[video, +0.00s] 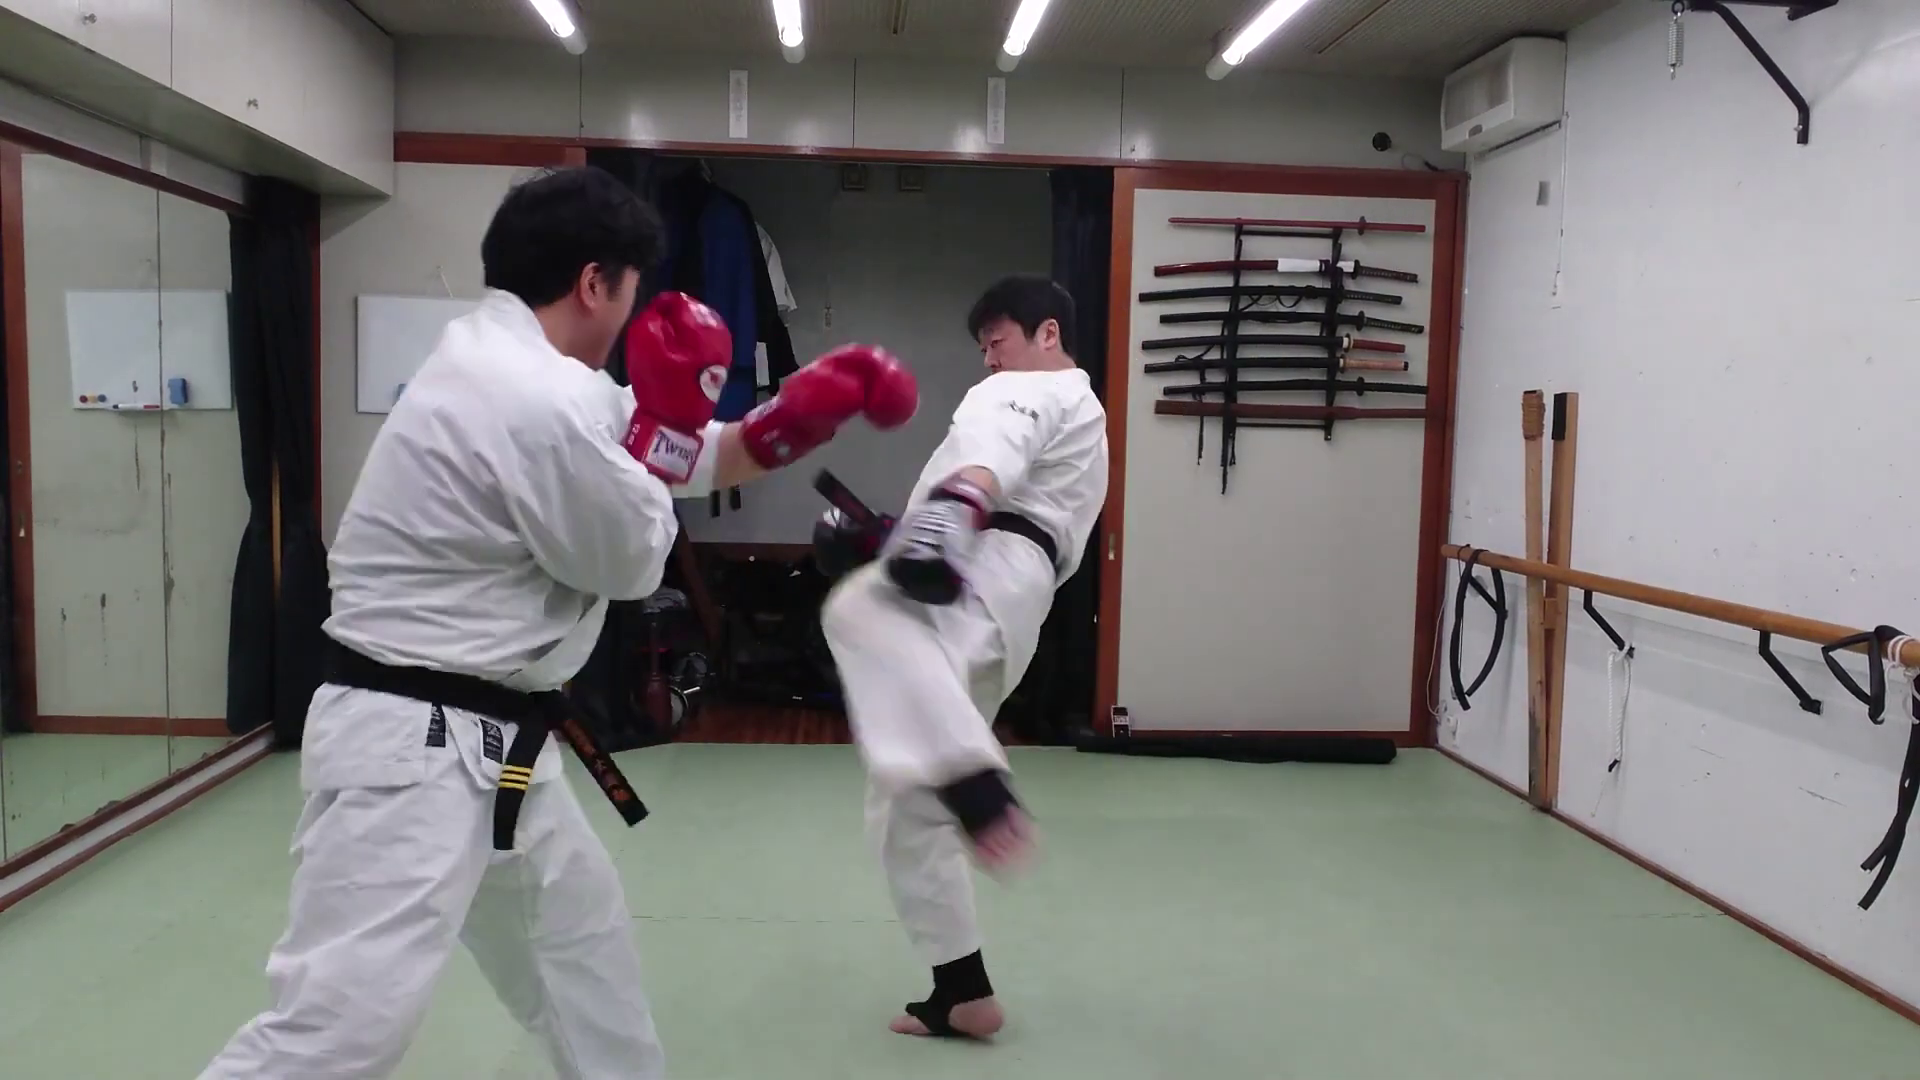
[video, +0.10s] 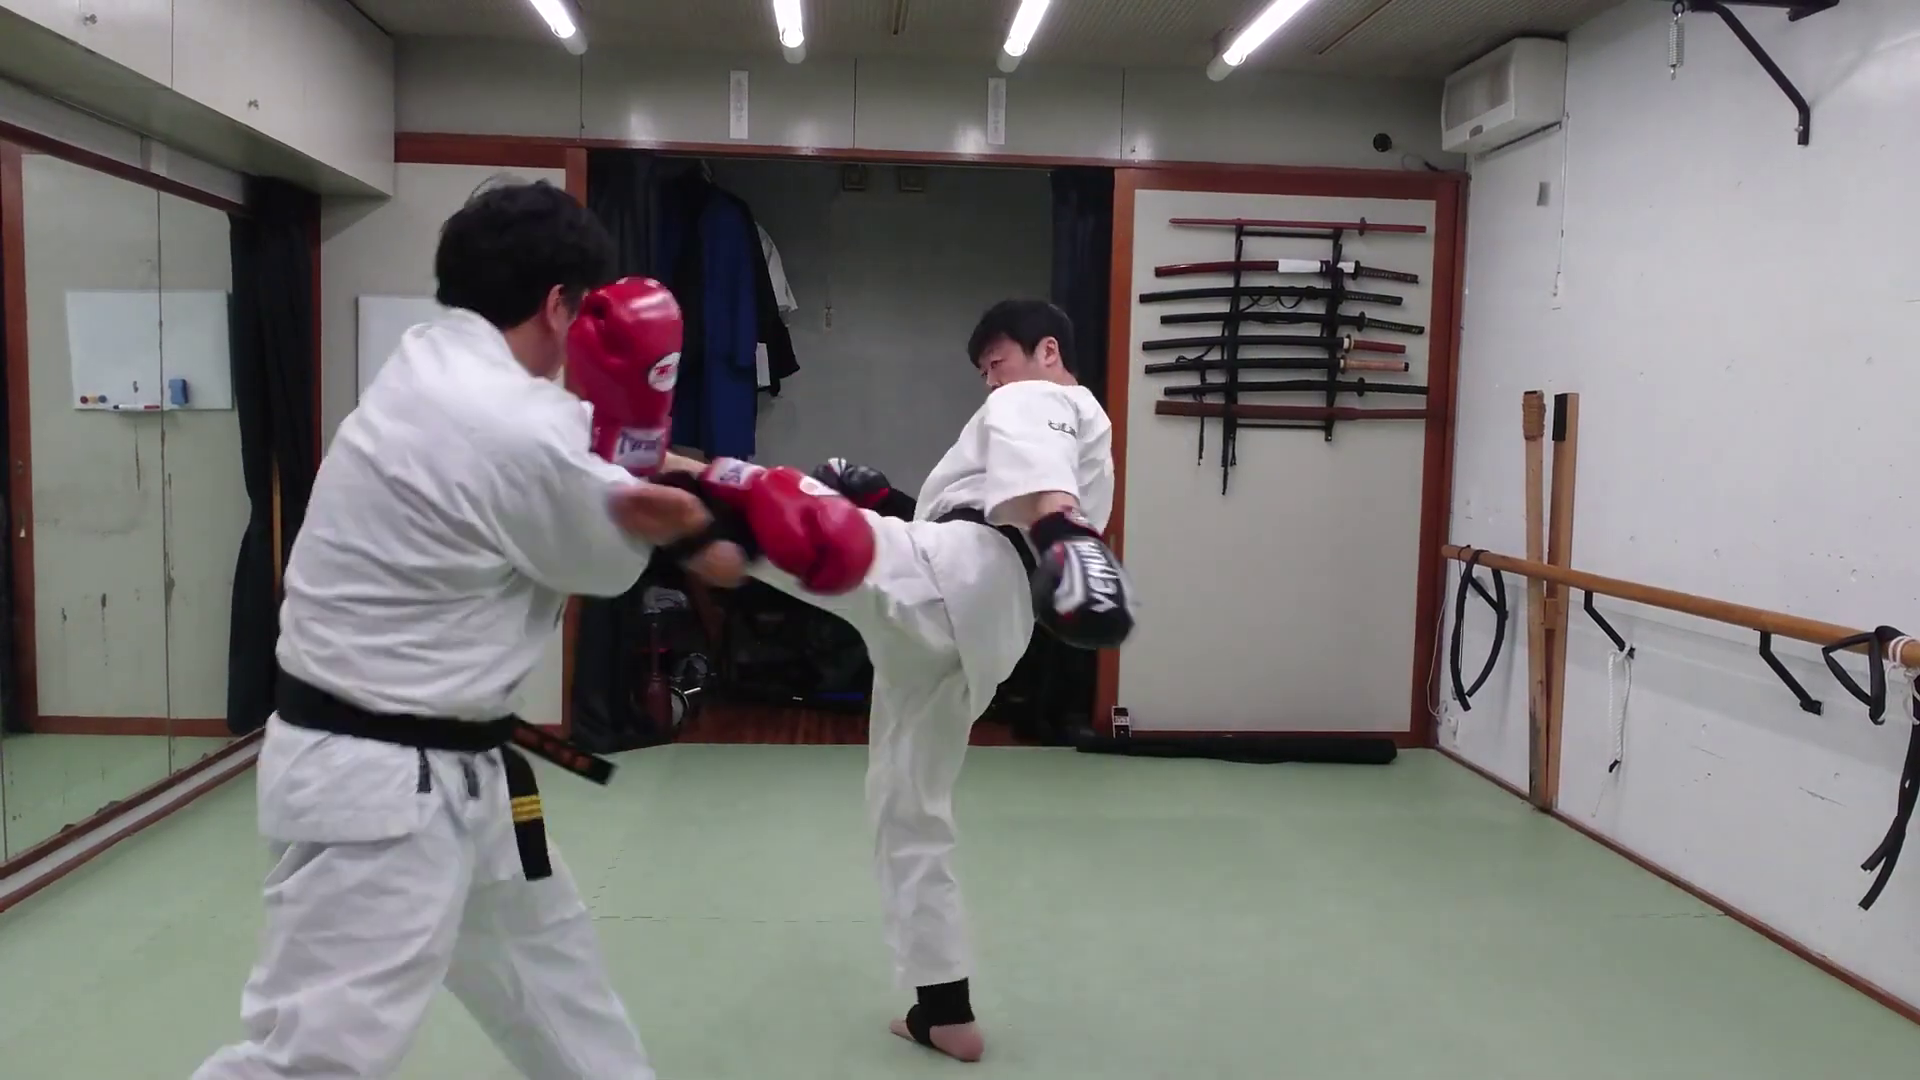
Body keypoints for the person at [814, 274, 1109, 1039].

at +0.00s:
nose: (989, 360)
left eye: (1000, 343)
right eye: (983, 348)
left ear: (1049, 335)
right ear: (1052, 346)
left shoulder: (1036, 385)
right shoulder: (1075, 417)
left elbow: (986, 457)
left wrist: (941, 527)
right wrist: (884, 535)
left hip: (994, 551)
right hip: (1019, 602)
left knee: (862, 603)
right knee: (907, 787)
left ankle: (973, 783)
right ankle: (962, 987)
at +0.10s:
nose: (991, 382)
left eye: (1000, 365)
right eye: (984, 372)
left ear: (1048, 354)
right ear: (1052, 367)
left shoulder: (1037, 397)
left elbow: (1042, 484)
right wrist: (888, 515)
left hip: (970, 569)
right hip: (971, 657)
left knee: (829, 535)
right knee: (911, 813)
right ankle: (944, 1007)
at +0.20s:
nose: (992, 381)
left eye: (1000, 365)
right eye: (988, 371)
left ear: (1053, 355)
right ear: (1057, 364)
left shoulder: (1043, 397)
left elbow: (1041, 470)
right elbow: (982, 536)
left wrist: (1085, 553)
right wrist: (889, 515)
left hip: (960, 567)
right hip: (981, 640)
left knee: (802, 555)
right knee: (906, 813)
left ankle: (627, 513)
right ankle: (942, 1011)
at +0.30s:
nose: (993, 364)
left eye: (1003, 346)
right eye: (988, 352)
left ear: (1054, 338)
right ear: (1049, 350)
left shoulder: (1053, 390)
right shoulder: (1029, 422)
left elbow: (1036, 477)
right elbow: (963, 545)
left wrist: (1036, 558)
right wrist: (880, 520)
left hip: (962, 573)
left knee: (814, 644)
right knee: (910, 814)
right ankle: (943, 1009)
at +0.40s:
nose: (993, 343)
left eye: (1002, 324)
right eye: (988, 330)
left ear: (1055, 316)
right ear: (1046, 326)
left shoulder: (1062, 389)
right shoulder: (1048, 401)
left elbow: (1038, 516)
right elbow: (986, 522)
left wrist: (964, 544)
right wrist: (893, 530)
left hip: (972, 602)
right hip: (1002, 618)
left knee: (853, 752)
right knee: (946, 813)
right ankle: (944, 1010)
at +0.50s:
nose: (987, 327)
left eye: (996, 306)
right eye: (983, 312)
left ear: (1048, 299)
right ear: (1042, 307)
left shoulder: (1080, 377)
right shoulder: (1035, 392)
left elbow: (1045, 484)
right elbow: (971, 509)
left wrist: (946, 431)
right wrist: (898, 472)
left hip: (998, 593)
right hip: (982, 592)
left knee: (914, 807)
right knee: (957, 811)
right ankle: (953, 1016)